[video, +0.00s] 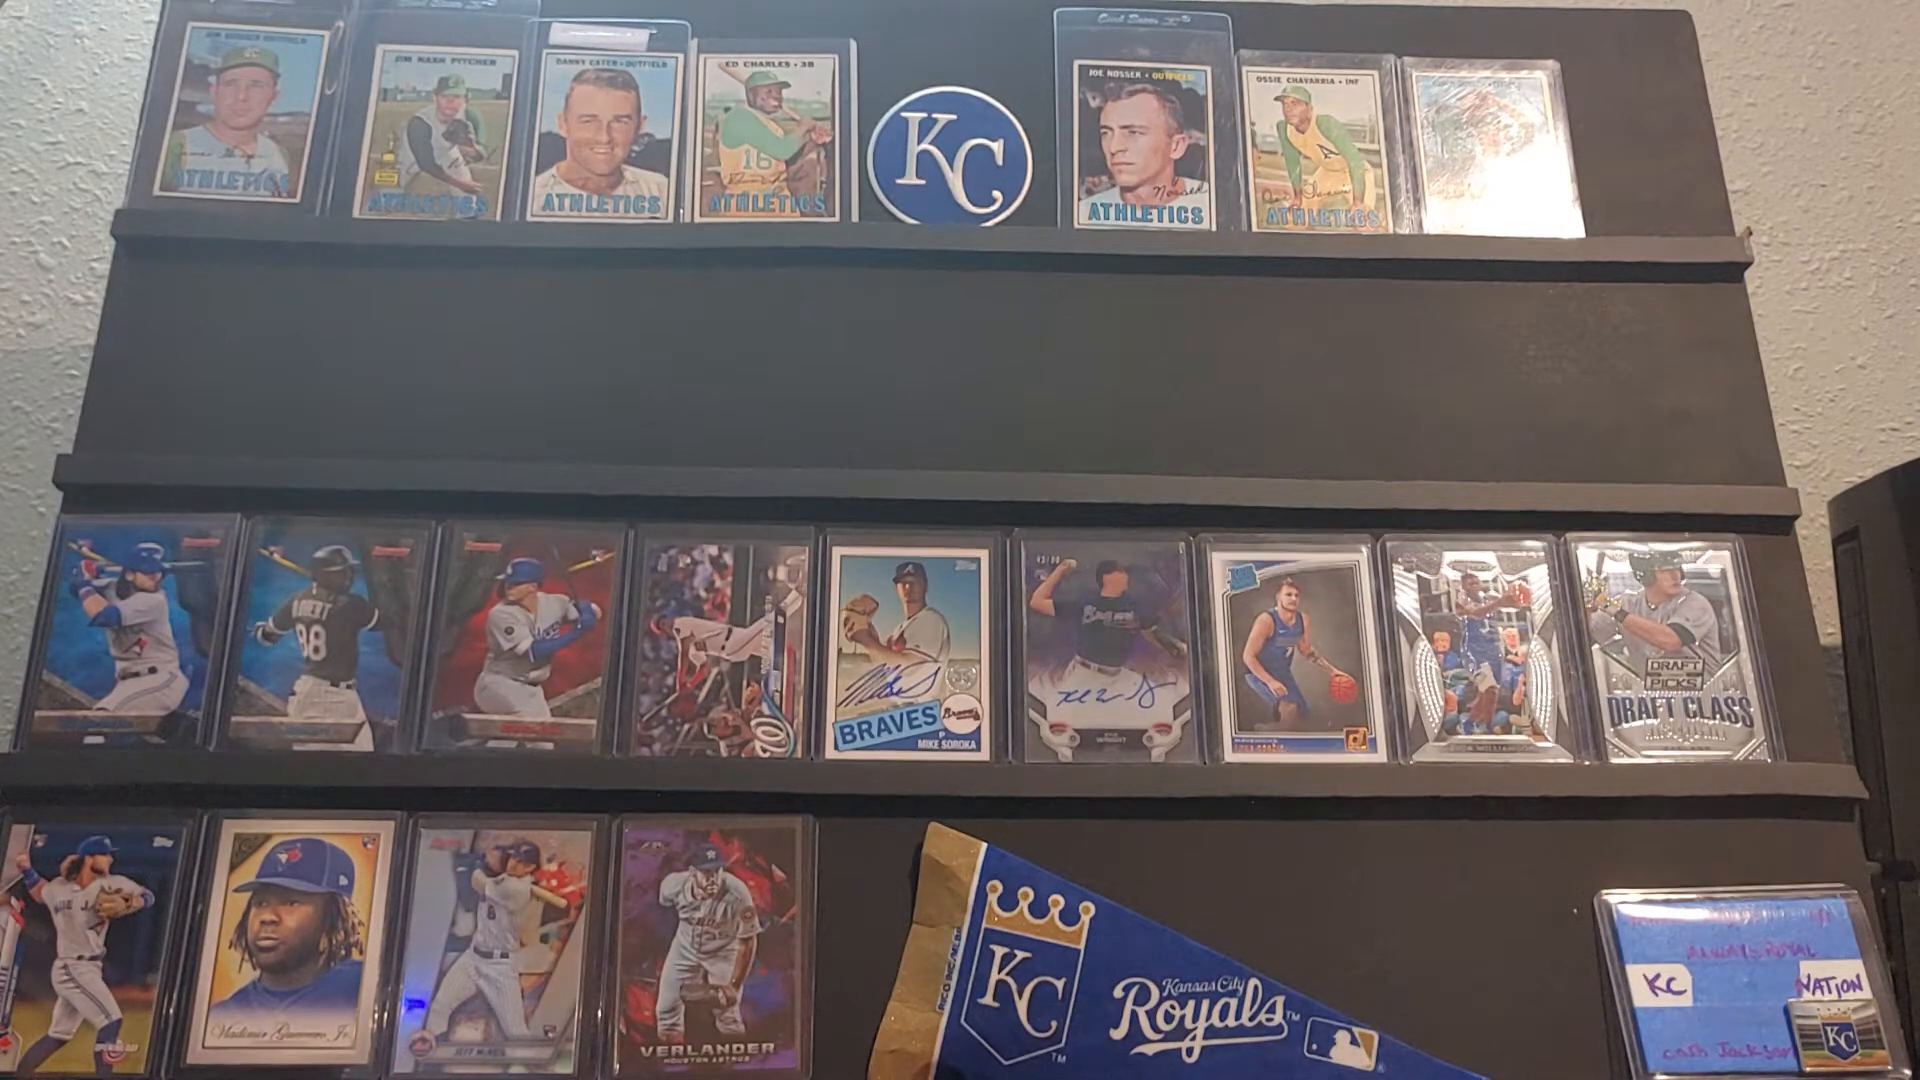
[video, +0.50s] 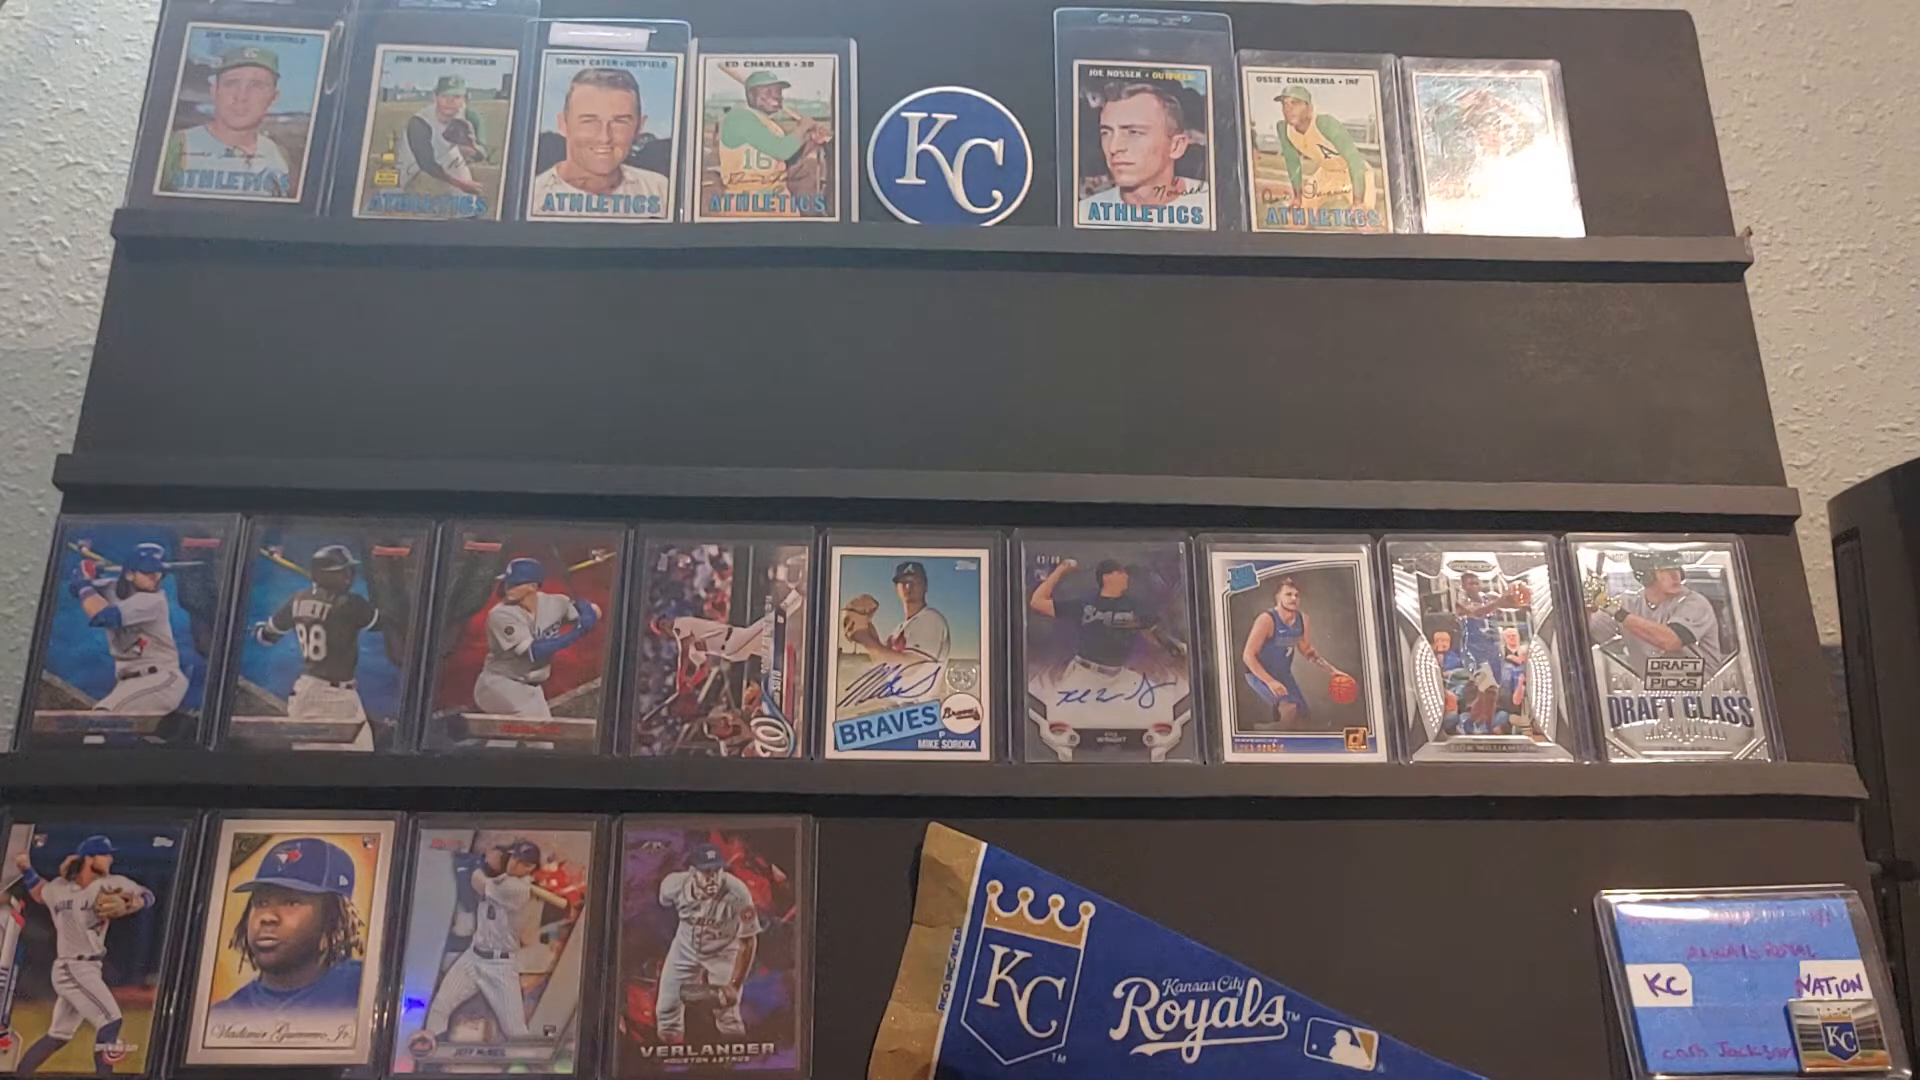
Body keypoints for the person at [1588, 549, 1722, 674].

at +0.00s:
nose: (1676, 576)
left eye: (1677, 568)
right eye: (1666, 570)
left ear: (1682, 571)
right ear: (1644, 575)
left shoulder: (1696, 604)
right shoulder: (1628, 604)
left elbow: (1672, 641)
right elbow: (1585, 637)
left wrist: (1620, 614)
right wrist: (1584, 610)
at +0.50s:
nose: (1677, 576)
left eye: (1677, 568)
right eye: (1667, 570)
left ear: (1682, 570)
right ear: (1645, 574)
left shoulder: (1696, 604)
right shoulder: (1627, 604)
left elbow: (1671, 641)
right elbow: (1585, 638)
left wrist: (1620, 614)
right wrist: (1584, 609)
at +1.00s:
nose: (1676, 575)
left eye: (1677, 568)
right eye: (1667, 569)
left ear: (1682, 570)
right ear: (1645, 574)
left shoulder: (1696, 604)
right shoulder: (1627, 604)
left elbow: (1670, 641)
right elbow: (1584, 638)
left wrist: (1621, 614)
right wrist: (1585, 609)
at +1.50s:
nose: (1676, 575)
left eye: (1677, 568)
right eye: (1667, 569)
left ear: (1682, 571)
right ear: (1645, 574)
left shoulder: (1696, 604)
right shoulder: (1628, 603)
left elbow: (1671, 641)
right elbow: (1585, 636)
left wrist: (1620, 614)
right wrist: (1584, 609)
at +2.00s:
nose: (1677, 575)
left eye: (1678, 568)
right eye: (1667, 569)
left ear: (1682, 571)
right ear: (1645, 574)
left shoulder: (1696, 604)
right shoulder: (1628, 603)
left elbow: (1671, 641)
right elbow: (1585, 636)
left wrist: (1620, 614)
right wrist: (1584, 610)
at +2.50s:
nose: (1677, 576)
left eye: (1678, 569)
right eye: (1667, 569)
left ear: (1682, 571)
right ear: (1645, 573)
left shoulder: (1696, 604)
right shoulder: (1628, 603)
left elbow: (1671, 641)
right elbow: (1587, 636)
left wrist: (1620, 614)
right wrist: (1585, 610)